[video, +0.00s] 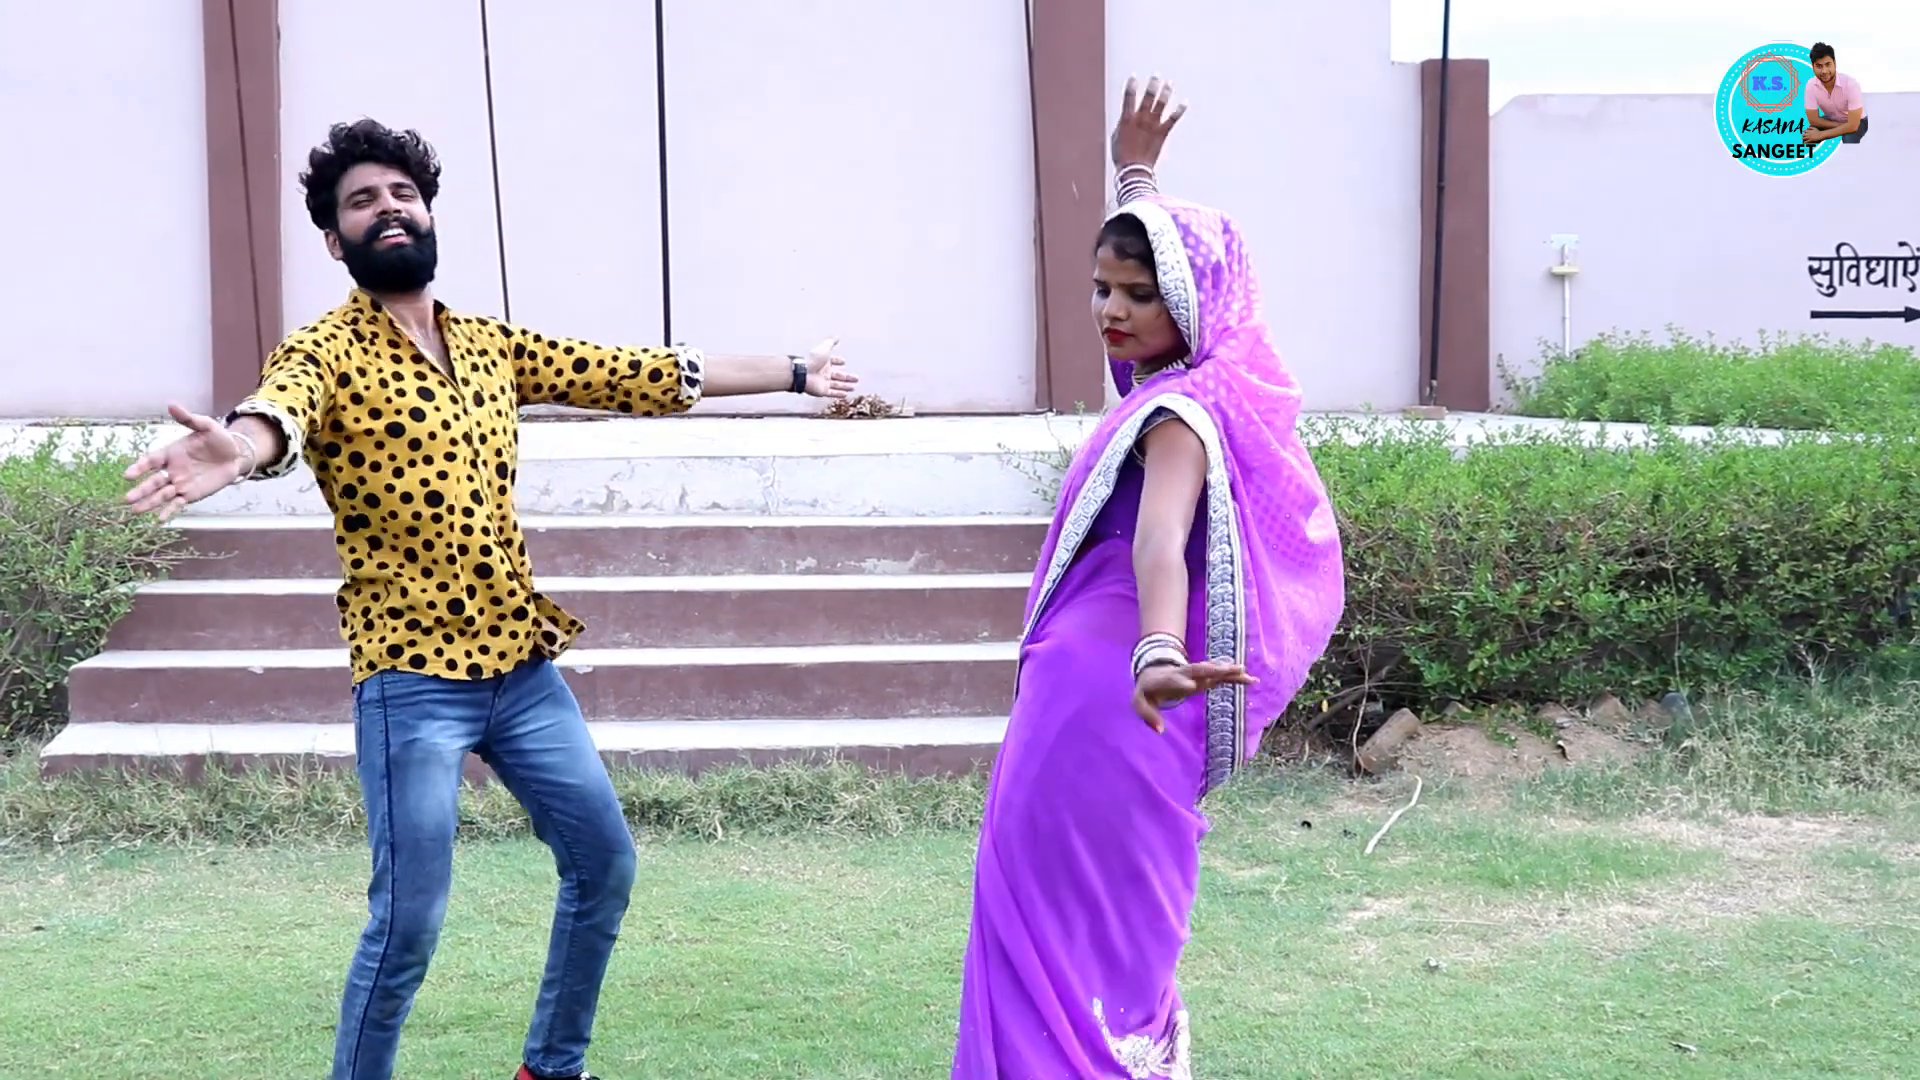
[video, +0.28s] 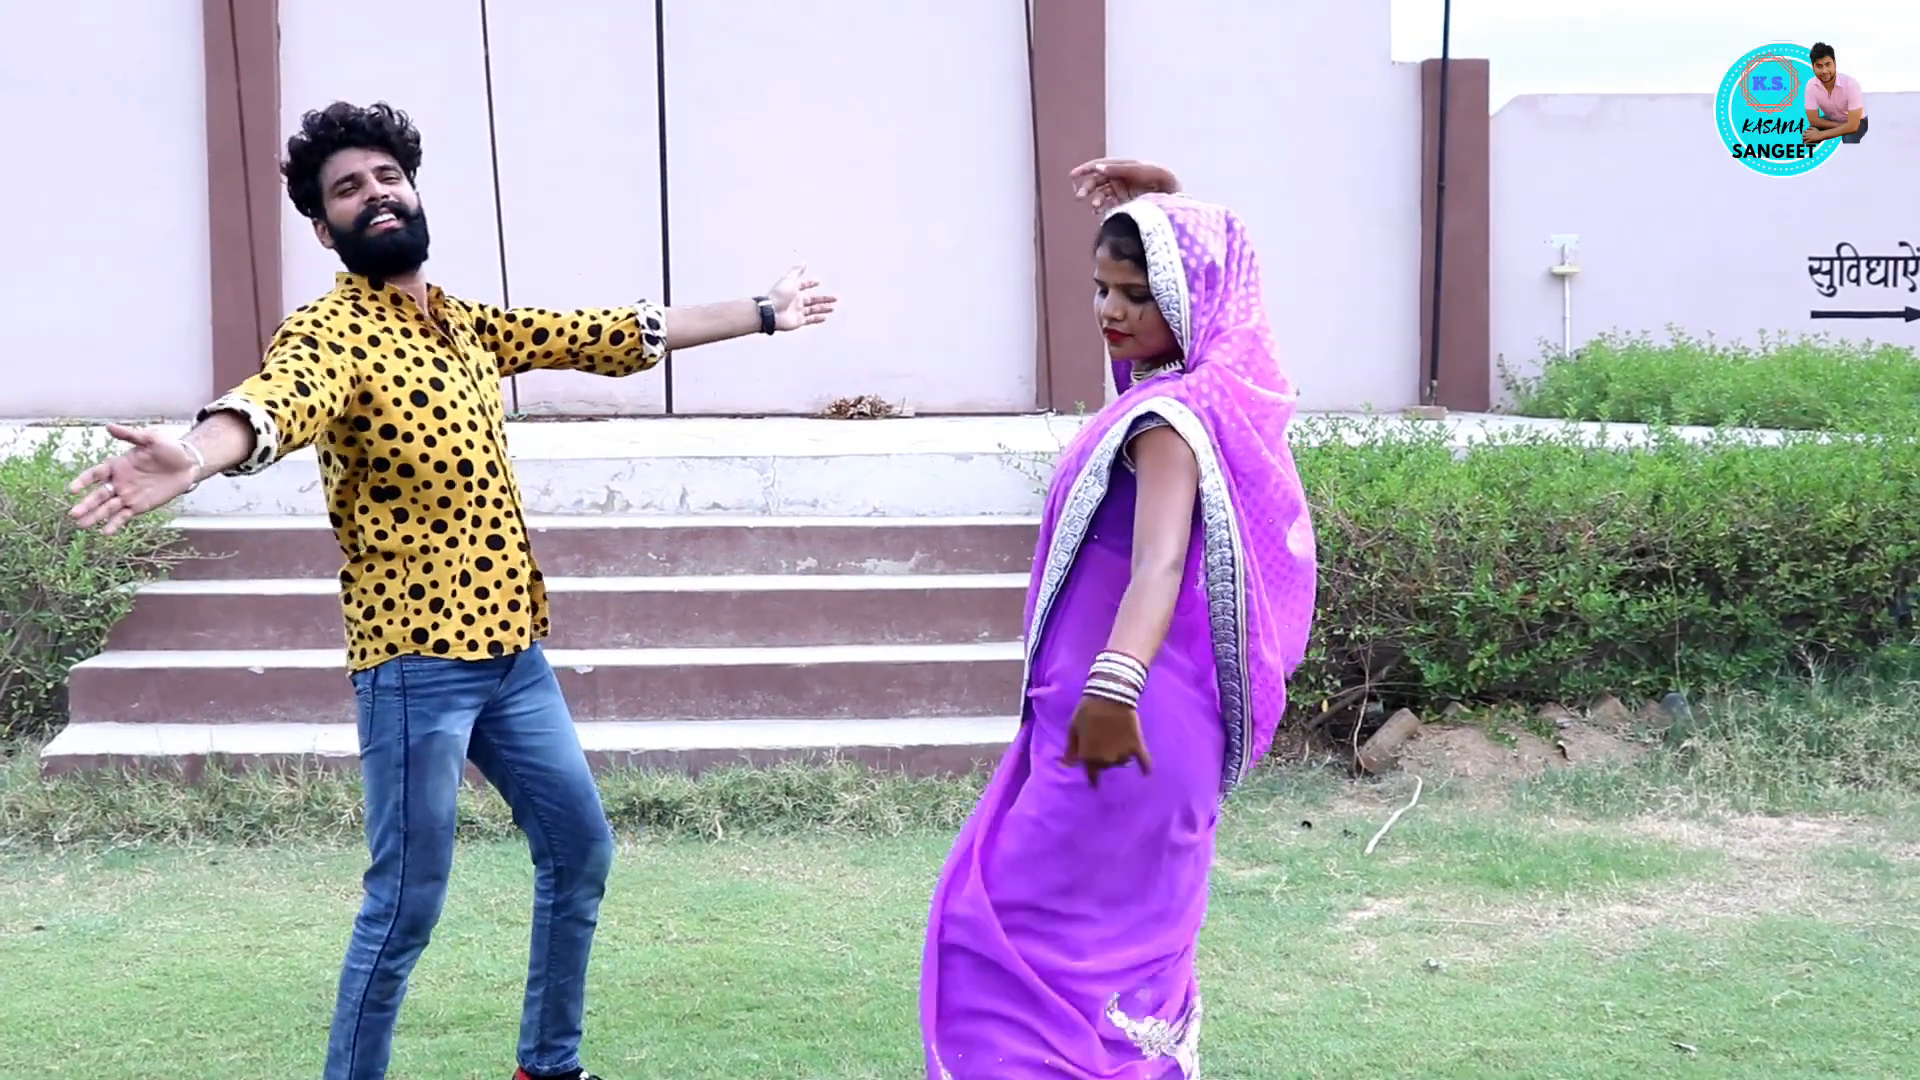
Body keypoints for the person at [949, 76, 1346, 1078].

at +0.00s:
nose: (1111, 311)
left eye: (1135, 294)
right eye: (1104, 290)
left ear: (1189, 307)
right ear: (1103, 291)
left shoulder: (1177, 414)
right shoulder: (1167, 392)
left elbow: (1164, 541)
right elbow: (1128, 275)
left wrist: (1159, 646)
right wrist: (1134, 172)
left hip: (1099, 718)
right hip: (1112, 708)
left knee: (1029, 939)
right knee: (1122, 949)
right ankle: (1137, 1056)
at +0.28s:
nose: (1111, 314)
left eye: (1134, 297)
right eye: (1104, 291)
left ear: (1194, 301)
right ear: (1096, 282)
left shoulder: (1168, 416)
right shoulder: (1228, 389)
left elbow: (1161, 563)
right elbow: (1218, 273)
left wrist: (1115, 680)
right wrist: (1165, 196)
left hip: (1112, 731)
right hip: (1174, 729)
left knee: (979, 926)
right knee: (1144, 951)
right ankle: (1144, 1063)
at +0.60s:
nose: (1104, 308)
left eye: (1127, 291)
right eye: (1097, 286)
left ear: (1186, 300)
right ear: (1089, 281)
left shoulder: (1159, 416)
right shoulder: (1199, 388)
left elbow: (1117, 556)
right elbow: (1183, 287)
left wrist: (1066, 649)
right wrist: (1176, 172)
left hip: (1075, 718)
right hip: (1120, 711)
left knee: (1033, 960)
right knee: (1109, 949)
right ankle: (1133, 1061)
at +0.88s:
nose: (1084, 282)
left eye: (1108, 265)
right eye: (1080, 262)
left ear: (1165, 278)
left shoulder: (1143, 395)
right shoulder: (1207, 372)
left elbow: (1104, 528)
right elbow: (1184, 271)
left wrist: (1049, 623)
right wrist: (1160, 160)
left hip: (1092, 699)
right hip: (1160, 701)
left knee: (981, 892)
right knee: (1141, 927)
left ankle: (1019, 1065)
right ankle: (1153, 1060)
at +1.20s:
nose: (1123, 281)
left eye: (1144, 262)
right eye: (1121, 260)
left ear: (1208, 275)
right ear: (1226, 278)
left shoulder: (1189, 405)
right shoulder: (1266, 384)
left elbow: (1149, 561)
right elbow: (1256, 265)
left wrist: (1069, 686)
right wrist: (1205, 181)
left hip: (1148, 714)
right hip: (1213, 712)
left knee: (1078, 963)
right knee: (1189, 959)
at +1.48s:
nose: (1197, 275)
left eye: (1220, 258)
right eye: (1193, 257)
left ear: (1282, 275)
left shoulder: (1263, 403)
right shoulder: (1300, 372)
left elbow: (1230, 555)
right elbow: (1207, 317)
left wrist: (1186, 662)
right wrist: (1188, 207)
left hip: (1216, 717)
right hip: (1263, 711)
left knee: (1086, 928)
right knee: (1244, 953)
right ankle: (1259, 1062)